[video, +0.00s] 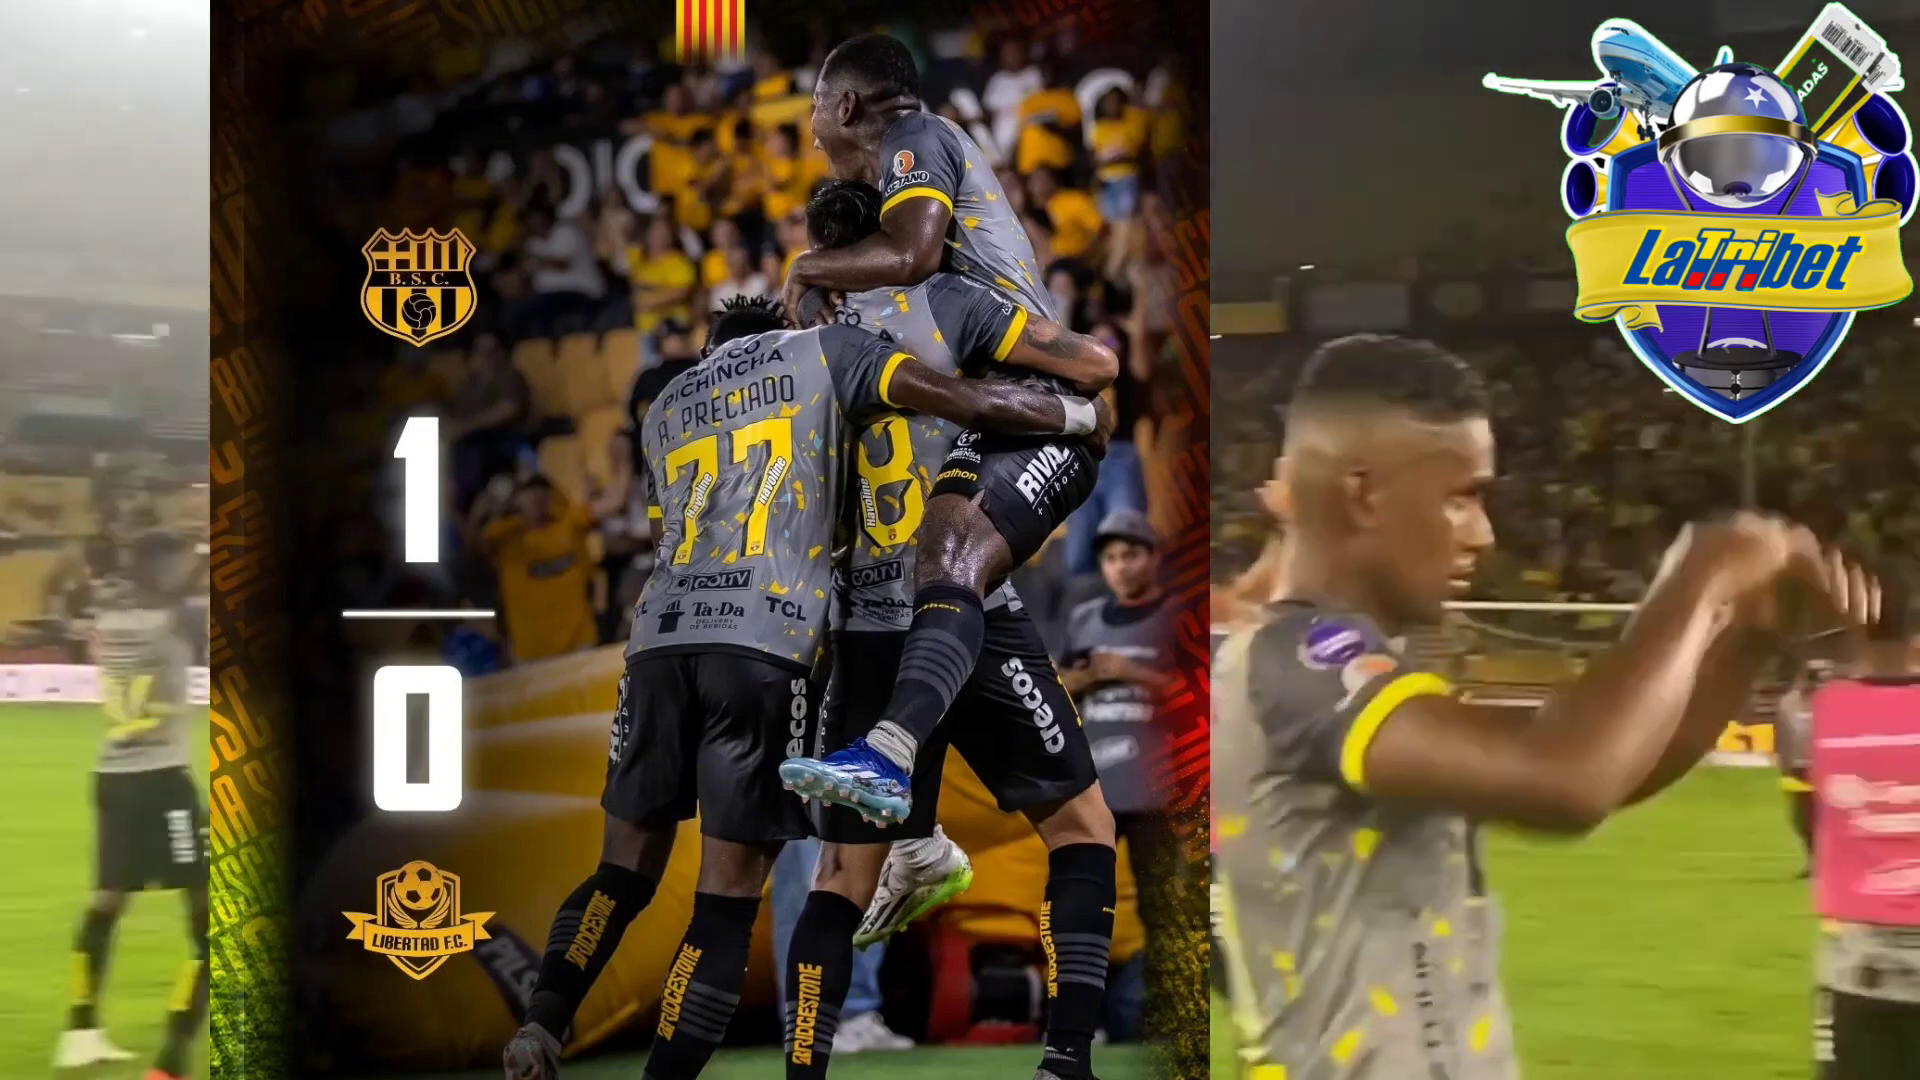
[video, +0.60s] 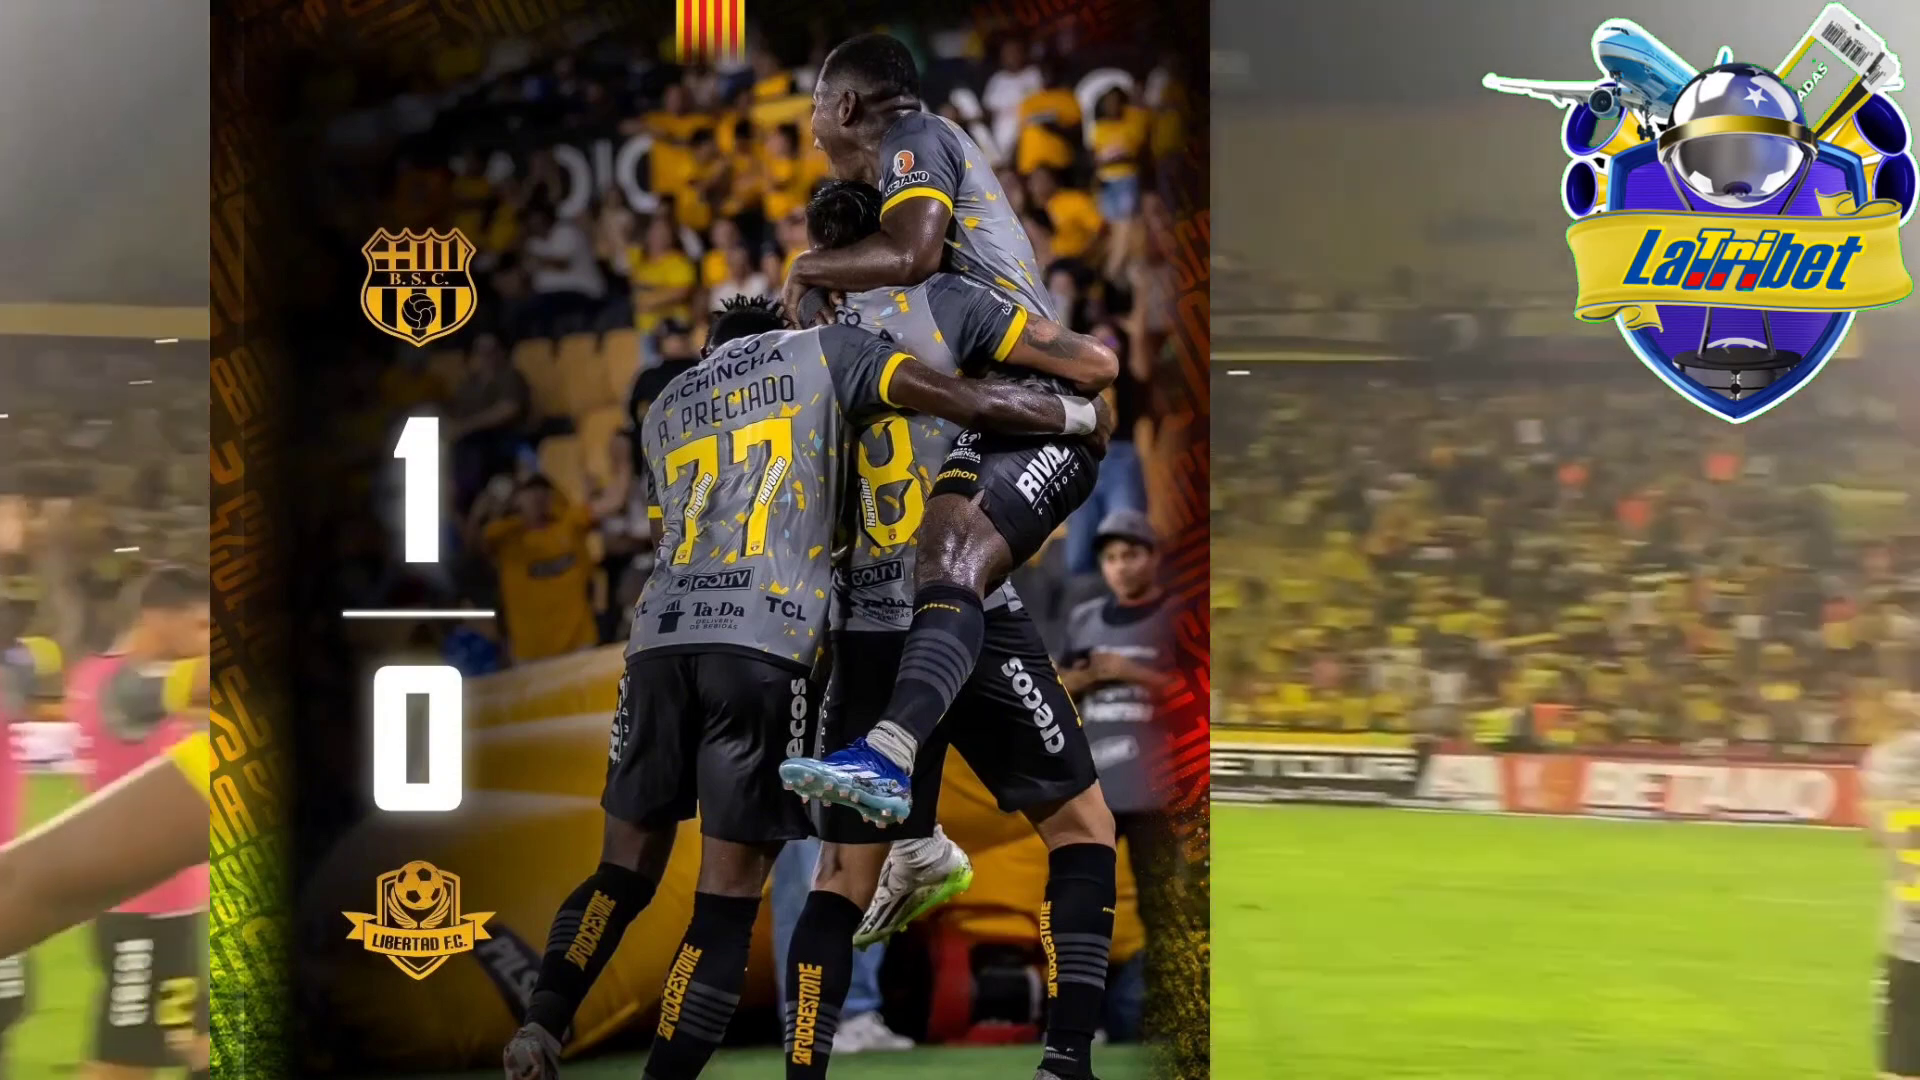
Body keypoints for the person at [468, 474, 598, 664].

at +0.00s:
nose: (537, 500)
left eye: (541, 493)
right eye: (529, 494)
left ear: (551, 497)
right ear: (518, 501)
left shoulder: (570, 525)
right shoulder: (504, 534)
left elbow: (611, 503)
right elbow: (473, 543)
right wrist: (482, 507)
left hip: (576, 639)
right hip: (529, 644)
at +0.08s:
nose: (537, 499)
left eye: (541, 493)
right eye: (529, 493)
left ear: (551, 497)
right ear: (517, 500)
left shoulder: (570, 525)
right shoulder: (504, 534)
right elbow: (473, 543)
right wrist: (481, 509)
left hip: (576, 638)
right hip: (529, 643)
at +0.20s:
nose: (537, 500)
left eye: (541, 494)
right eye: (529, 494)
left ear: (551, 497)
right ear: (518, 501)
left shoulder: (570, 524)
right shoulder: (504, 534)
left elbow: (612, 503)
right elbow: (472, 543)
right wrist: (482, 507)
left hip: (576, 638)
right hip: (529, 644)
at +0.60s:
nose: (537, 499)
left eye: (541, 492)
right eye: (529, 493)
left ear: (551, 497)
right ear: (517, 500)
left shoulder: (570, 525)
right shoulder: (504, 534)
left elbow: (611, 504)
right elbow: (473, 542)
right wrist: (483, 506)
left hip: (576, 638)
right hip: (529, 643)